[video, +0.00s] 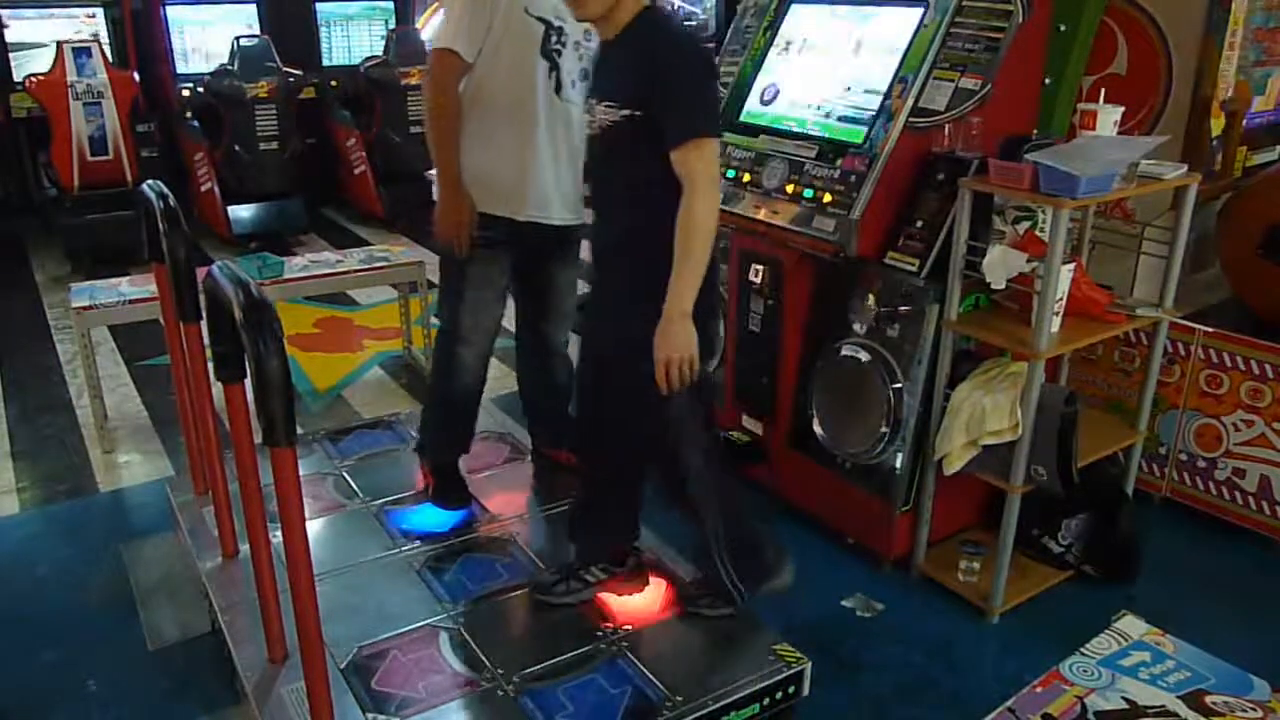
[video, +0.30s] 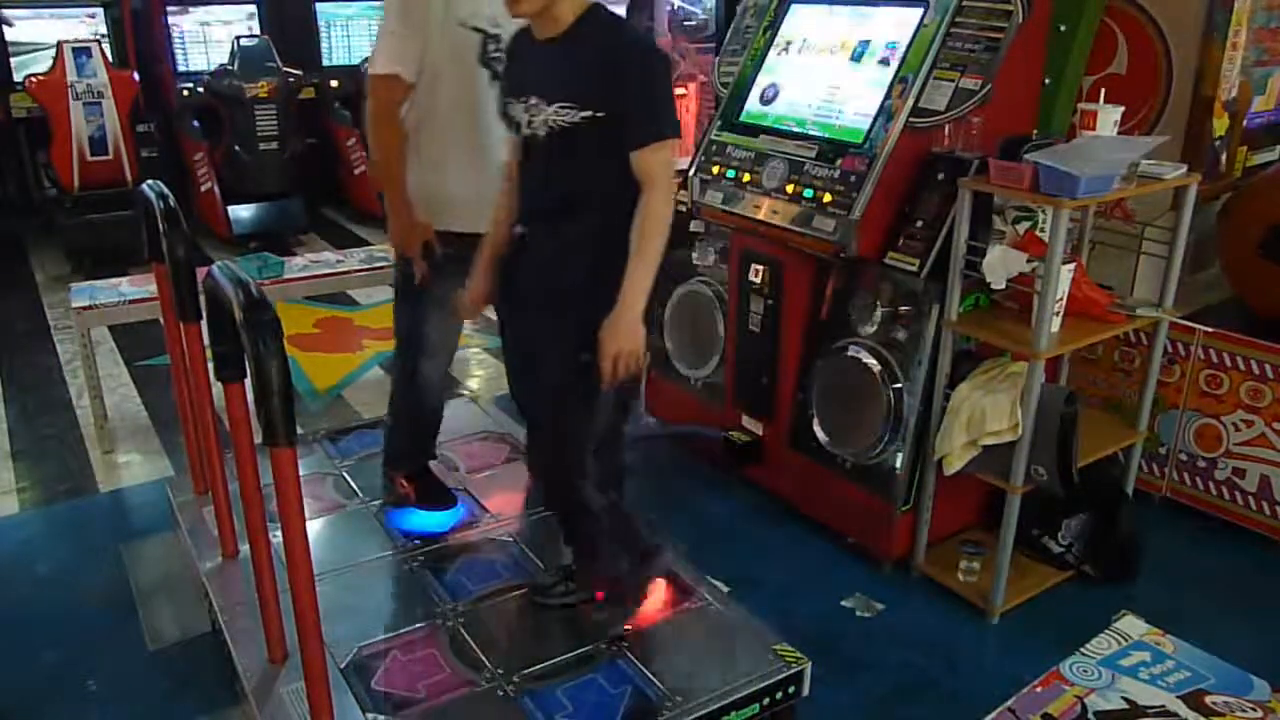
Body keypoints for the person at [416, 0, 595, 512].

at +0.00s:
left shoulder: (589, 16)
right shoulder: (487, 3)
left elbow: (590, 108)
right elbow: (441, 76)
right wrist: (450, 189)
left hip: (558, 207)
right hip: (484, 204)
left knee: (551, 344)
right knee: (466, 349)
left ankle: (554, 448)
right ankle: (442, 464)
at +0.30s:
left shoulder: (543, 11)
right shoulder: (421, 5)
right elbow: (383, 96)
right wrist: (398, 210)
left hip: (527, 218)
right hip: (442, 219)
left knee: (544, 358)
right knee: (427, 361)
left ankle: (559, 470)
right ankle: (407, 467)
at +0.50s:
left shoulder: (497, 8)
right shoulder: (366, 6)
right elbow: (327, 99)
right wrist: (332, 214)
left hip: (483, 207)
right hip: (394, 214)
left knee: (517, 350)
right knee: (406, 355)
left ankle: (548, 466)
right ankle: (408, 469)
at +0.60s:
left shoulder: (482, 8)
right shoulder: (349, 5)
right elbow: (294, 89)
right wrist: (293, 211)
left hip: (470, 201)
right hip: (385, 208)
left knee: (501, 340)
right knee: (401, 347)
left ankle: (523, 466)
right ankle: (408, 466)